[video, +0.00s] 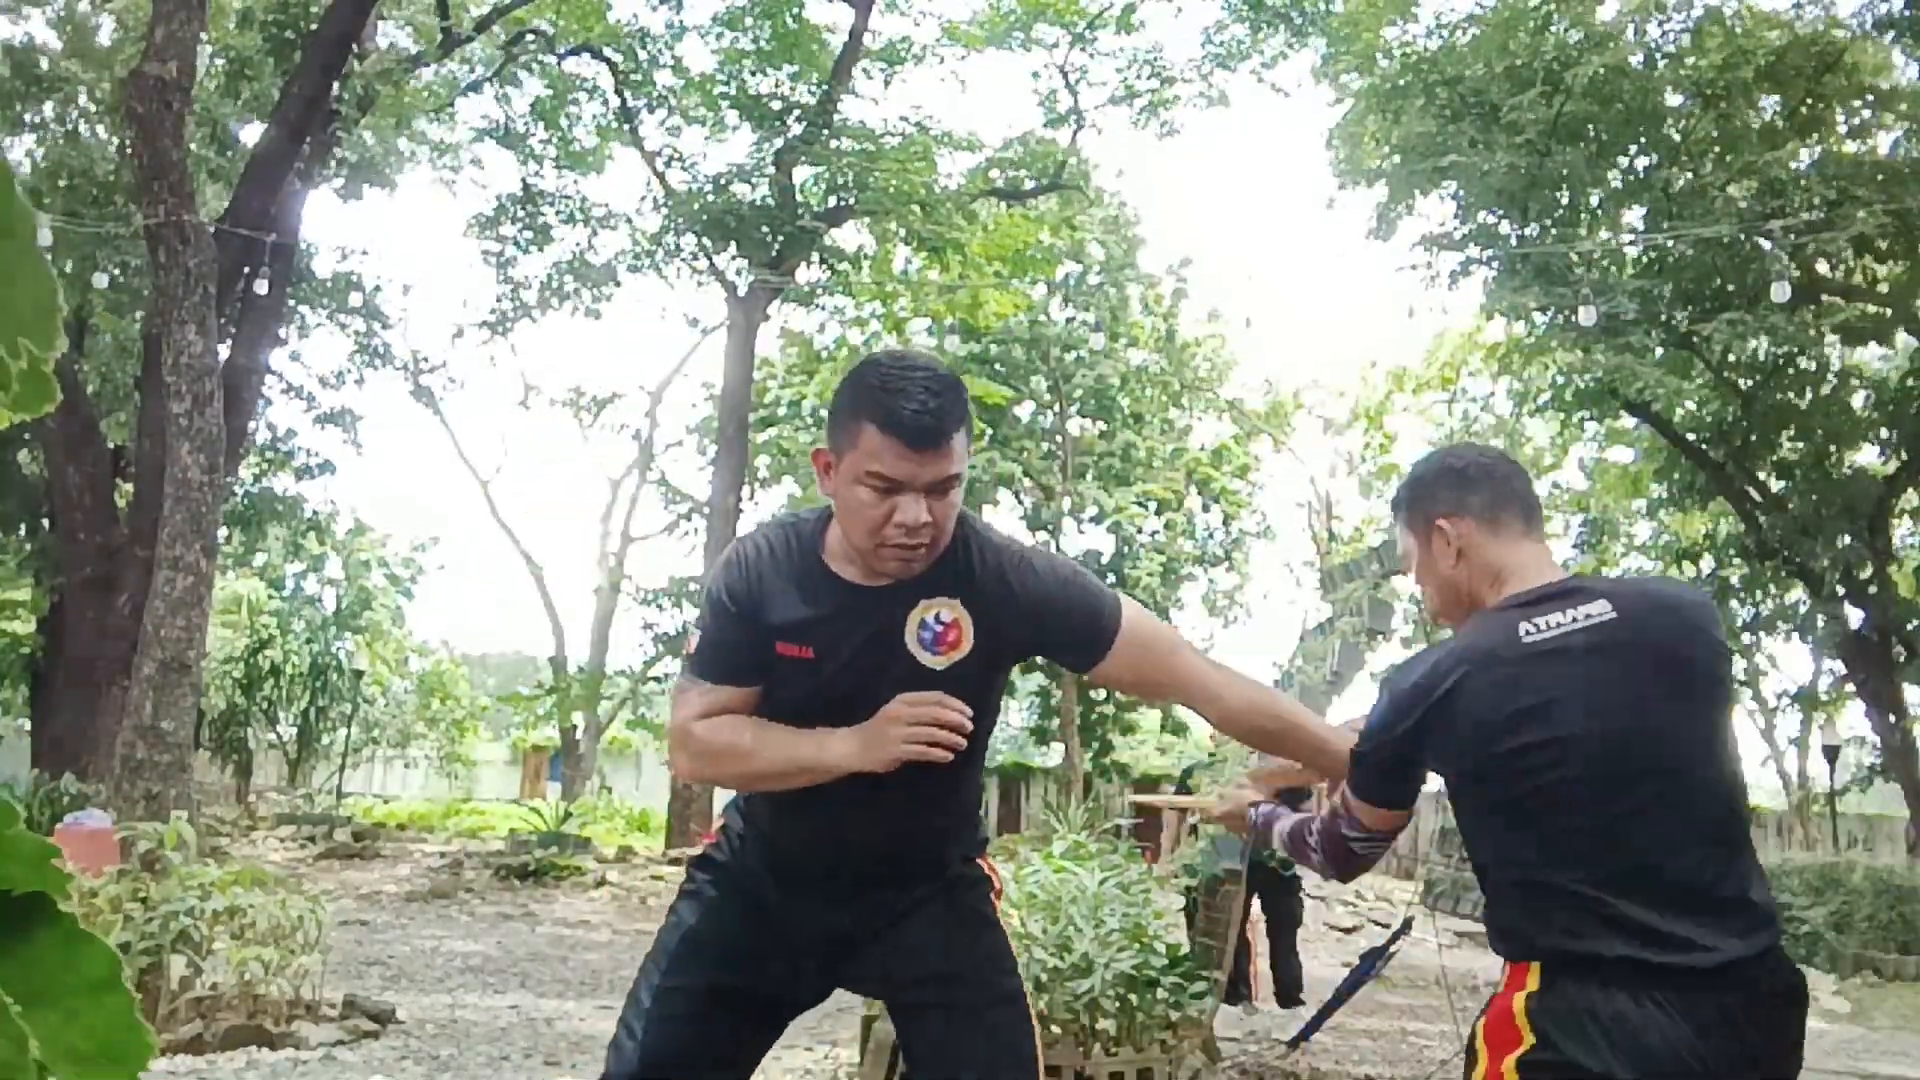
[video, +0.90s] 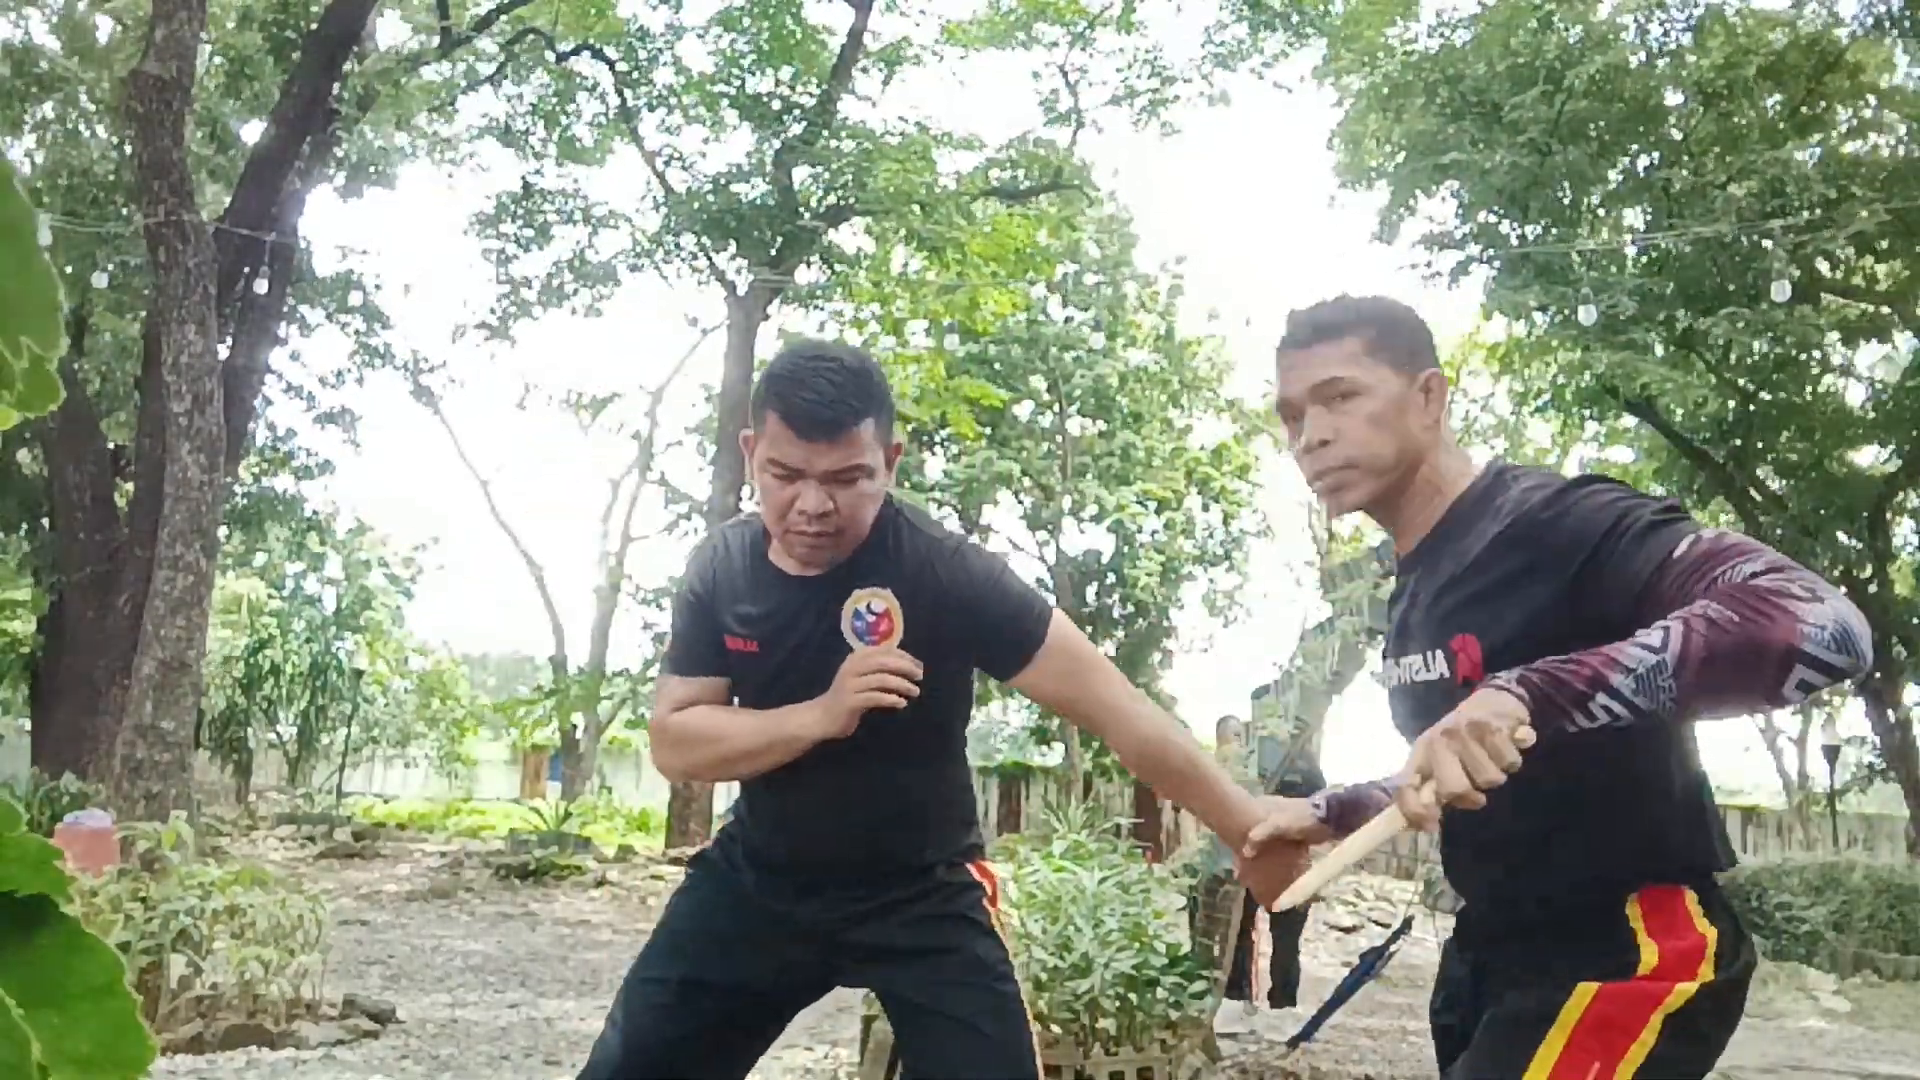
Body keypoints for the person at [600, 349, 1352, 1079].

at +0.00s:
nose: (915, 518)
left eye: (940, 489)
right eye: (886, 488)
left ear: (966, 474)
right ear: (827, 470)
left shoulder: (1003, 581)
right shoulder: (759, 571)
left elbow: (1191, 678)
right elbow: (692, 746)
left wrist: (1359, 768)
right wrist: (852, 745)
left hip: (931, 894)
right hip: (763, 883)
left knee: (993, 1066)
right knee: (647, 1064)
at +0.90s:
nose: (813, 506)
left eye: (846, 478)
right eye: (788, 475)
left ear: (887, 458)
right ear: (752, 451)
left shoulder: (941, 572)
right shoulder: (720, 573)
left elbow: (1096, 695)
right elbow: (673, 745)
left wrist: (1244, 820)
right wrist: (814, 717)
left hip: (923, 893)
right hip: (758, 881)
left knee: (993, 1070)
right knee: (627, 1066)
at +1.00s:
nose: (810, 500)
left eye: (841, 472)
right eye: (783, 470)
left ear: (885, 455)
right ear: (747, 450)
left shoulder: (941, 575)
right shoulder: (717, 568)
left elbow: (1092, 716)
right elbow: (671, 745)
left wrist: (1216, 878)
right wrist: (812, 713)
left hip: (921, 895)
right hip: (754, 884)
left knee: (991, 1072)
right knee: (621, 1069)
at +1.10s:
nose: (812, 493)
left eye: (842, 467)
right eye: (787, 463)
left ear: (885, 452)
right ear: (747, 444)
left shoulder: (932, 567)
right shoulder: (709, 562)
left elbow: (1054, 738)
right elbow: (662, 735)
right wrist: (806, 710)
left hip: (908, 886)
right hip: (745, 877)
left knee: (987, 1069)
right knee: (611, 1064)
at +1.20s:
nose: (826, 481)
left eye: (855, 458)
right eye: (799, 453)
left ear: (888, 445)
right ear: (748, 436)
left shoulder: (922, 556)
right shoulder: (695, 548)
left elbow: (1020, 736)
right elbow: (638, 723)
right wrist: (790, 709)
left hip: (877, 881)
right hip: (711, 878)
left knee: (968, 1065)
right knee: (593, 1064)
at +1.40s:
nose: (905, 478)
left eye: (922, 455)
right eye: (894, 445)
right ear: (823, 406)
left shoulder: (906, 546)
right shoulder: (668, 509)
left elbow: (928, 718)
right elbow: (576, 670)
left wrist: (913, 866)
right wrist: (747, 713)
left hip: (814, 862)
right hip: (658, 853)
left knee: (891, 1062)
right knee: (589, 1063)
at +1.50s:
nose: (958, 497)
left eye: (971, 480)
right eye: (954, 466)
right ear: (894, 420)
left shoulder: (920, 567)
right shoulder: (736, 496)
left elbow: (907, 715)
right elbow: (645, 659)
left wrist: (903, 836)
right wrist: (820, 721)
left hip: (801, 845)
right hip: (666, 839)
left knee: (891, 1054)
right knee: (618, 1063)